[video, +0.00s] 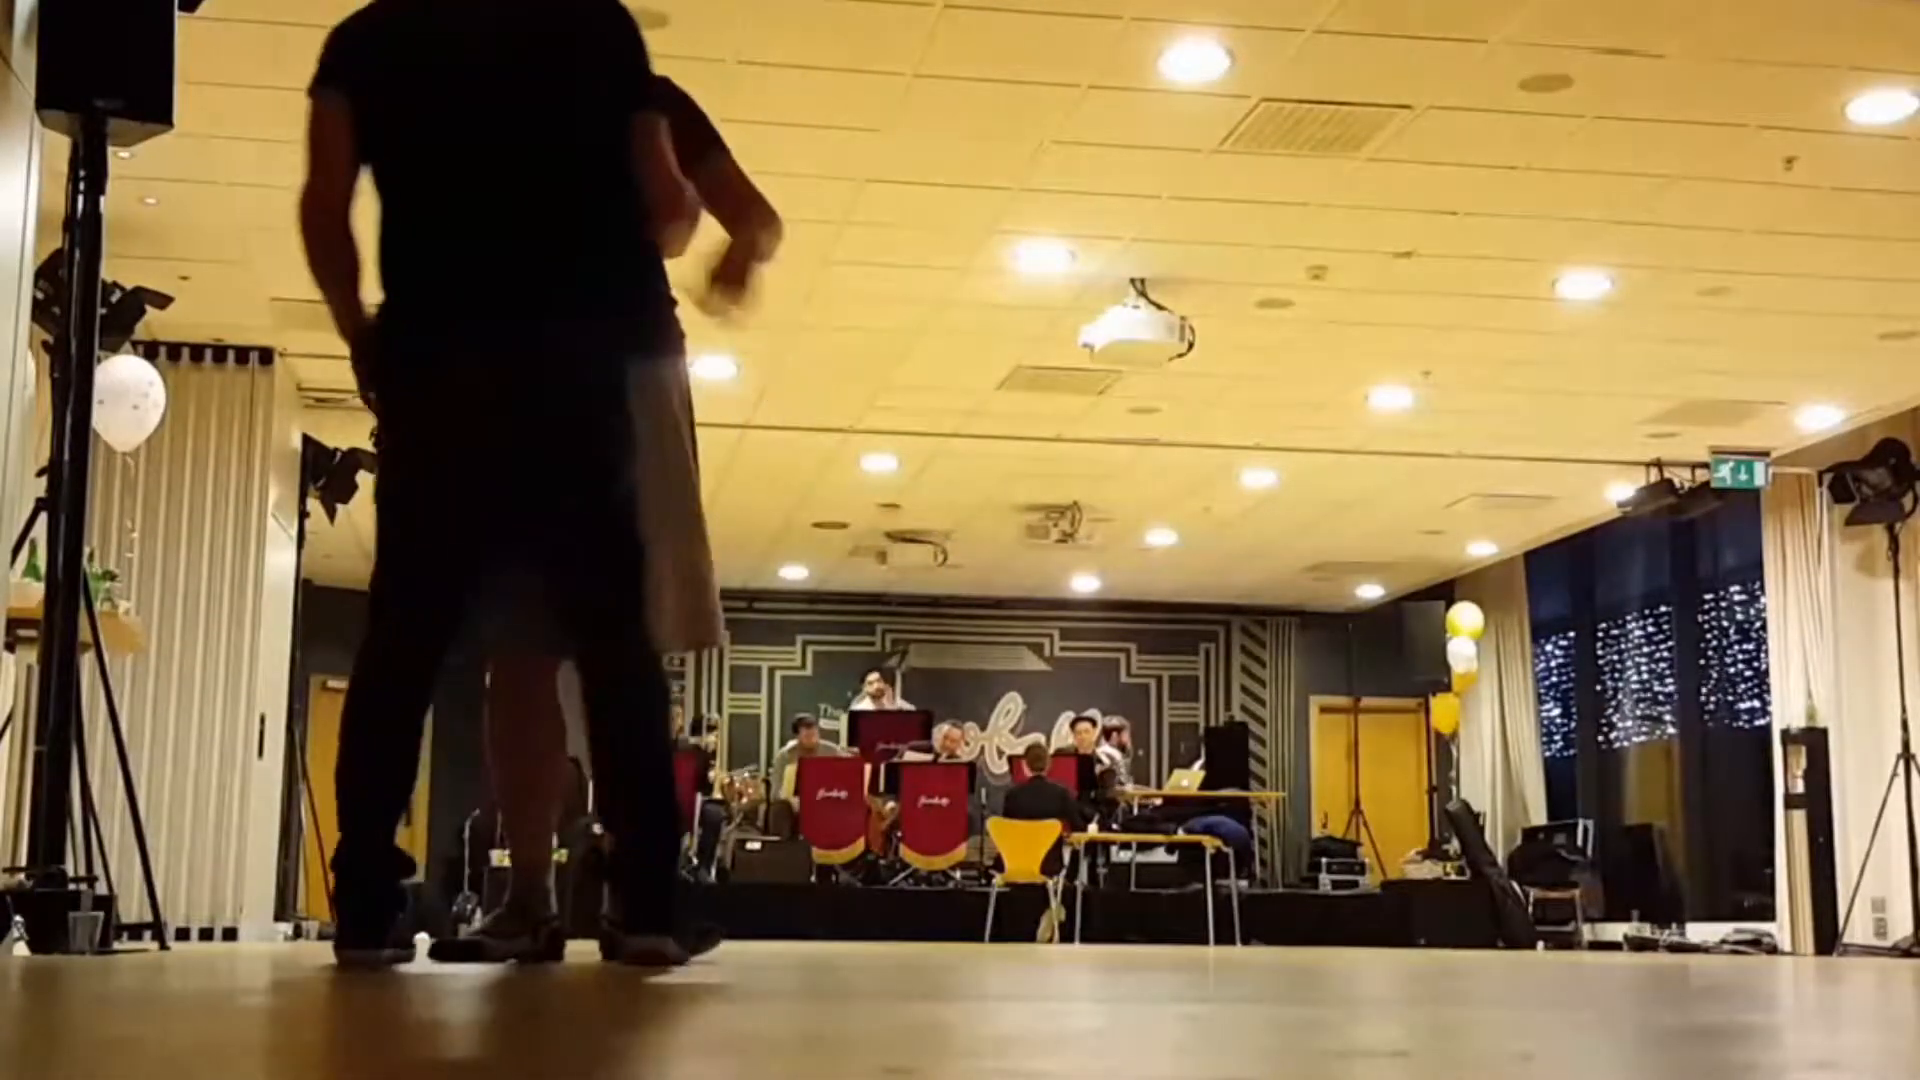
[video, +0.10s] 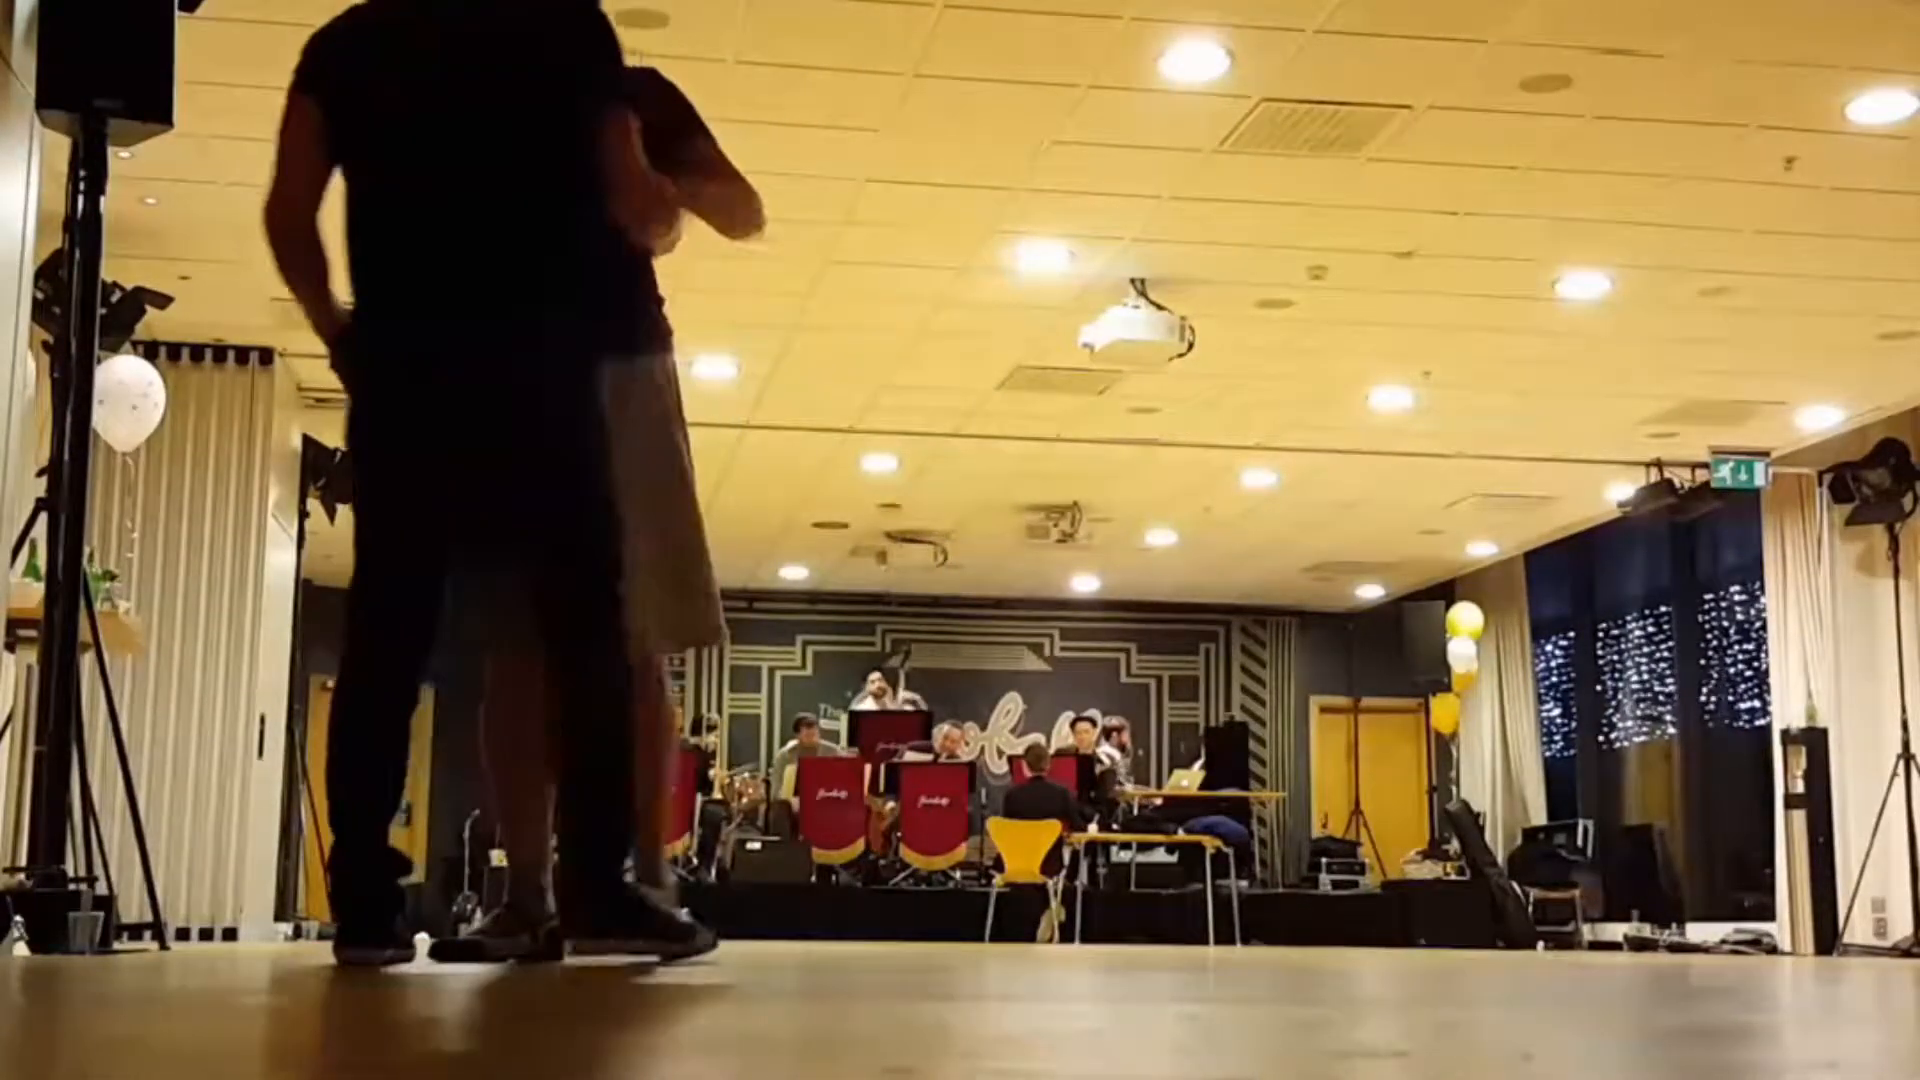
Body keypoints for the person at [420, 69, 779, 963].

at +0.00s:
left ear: (487, 44)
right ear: (589, 32)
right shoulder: (635, 90)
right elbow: (756, 218)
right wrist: (737, 267)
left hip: (504, 403)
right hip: (621, 397)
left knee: (518, 657)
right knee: (625, 652)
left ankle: (527, 900)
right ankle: (628, 897)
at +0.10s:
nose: (543, 40)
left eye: (551, 29)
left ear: (579, 28)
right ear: (496, 43)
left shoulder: (632, 93)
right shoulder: (460, 114)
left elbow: (746, 214)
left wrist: (667, 177)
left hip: (619, 387)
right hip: (500, 388)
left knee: (636, 646)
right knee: (512, 645)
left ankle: (647, 884)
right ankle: (525, 894)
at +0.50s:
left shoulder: (612, 33)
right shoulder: (447, 56)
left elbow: (689, 139)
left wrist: (532, 106)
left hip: (599, 338)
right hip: (478, 344)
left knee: (621, 621)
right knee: (509, 633)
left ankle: (664, 888)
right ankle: (524, 896)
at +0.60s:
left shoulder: (626, 22)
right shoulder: (508, 51)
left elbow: (678, 129)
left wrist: (518, 107)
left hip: (611, 334)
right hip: (509, 336)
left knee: (610, 622)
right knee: (518, 630)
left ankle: (647, 896)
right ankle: (523, 896)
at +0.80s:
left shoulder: (653, 22)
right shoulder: (653, 58)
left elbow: (634, 126)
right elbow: (625, 259)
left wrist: (470, 97)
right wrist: (493, 294)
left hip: (644, 335)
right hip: (631, 340)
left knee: (600, 620)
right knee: (593, 622)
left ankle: (642, 899)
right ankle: (633, 895)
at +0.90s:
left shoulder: (660, 8)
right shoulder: (679, 42)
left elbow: (616, 116)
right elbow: (651, 246)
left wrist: (459, 94)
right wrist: (511, 271)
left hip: (659, 321)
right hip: (643, 329)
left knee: (638, 619)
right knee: (630, 621)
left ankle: (647, 899)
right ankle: (761, 830)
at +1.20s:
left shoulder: (620, 4)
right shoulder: (727, 38)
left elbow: (575, 113)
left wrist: (429, 83)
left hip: (638, 312)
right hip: (717, 316)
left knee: (579, 609)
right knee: (676, 619)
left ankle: (658, 867)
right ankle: (762, 850)